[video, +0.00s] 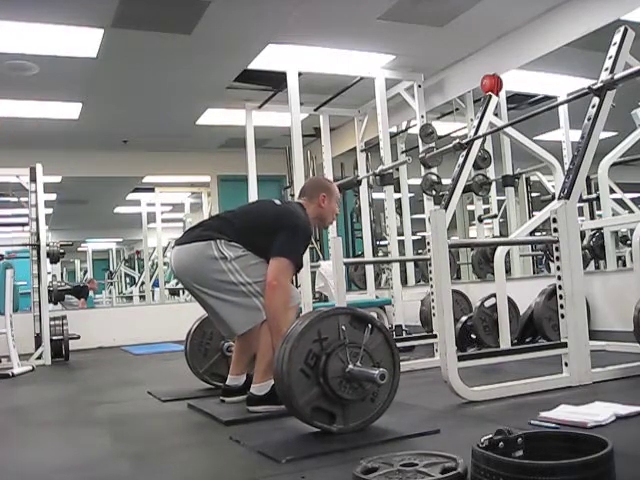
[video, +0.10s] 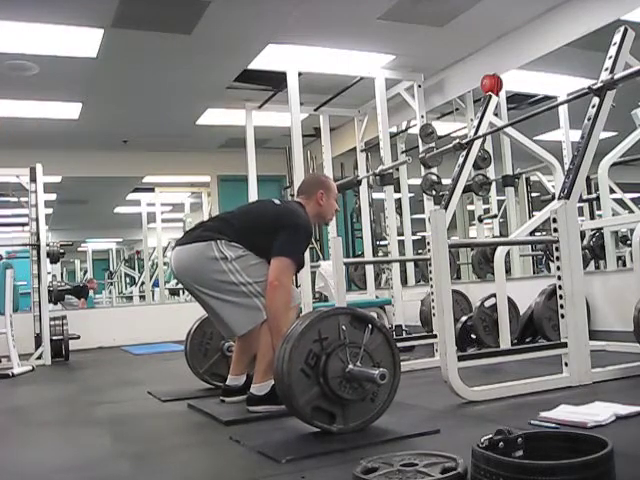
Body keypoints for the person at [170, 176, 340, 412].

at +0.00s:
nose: (337, 211)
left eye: (338, 204)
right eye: (336, 203)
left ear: (312, 199)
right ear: (322, 200)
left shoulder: (281, 213)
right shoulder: (297, 222)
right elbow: (275, 283)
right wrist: (284, 355)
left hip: (185, 252)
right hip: (209, 250)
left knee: (257, 308)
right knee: (286, 302)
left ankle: (235, 383)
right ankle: (262, 390)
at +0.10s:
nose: (336, 208)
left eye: (337, 201)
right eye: (334, 200)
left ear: (304, 197)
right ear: (320, 197)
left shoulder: (280, 212)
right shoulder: (297, 221)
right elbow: (277, 283)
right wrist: (284, 355)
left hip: (186, 253)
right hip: (209, 250)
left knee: (258, 309)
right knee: (285, 304)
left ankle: (235, 383)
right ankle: (262, 390)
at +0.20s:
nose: (336, 207)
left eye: (337, 200)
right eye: (334, 199)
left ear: (302, 196)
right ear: (320, 197)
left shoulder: (280, 211)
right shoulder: (297, 221)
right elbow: (277, 283)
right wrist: (285, 355)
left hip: (186, 253)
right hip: (209, 251)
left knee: (259, 308)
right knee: (285, 304)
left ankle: (235, 383)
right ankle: (262, 390)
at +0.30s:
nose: (336, 207)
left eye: (337, 200)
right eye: (334, 199)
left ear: (303, 196)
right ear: (320, 197)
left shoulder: (279, 211)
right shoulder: (297, 220)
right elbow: (277, 283)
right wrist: (285, 355)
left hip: (186, 252)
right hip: (210, 250)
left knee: (258, 309)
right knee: (285, 304)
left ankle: (235, 383)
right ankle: (263, 390)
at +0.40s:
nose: (337, 205)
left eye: (338, 197)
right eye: (335, 196)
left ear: (304, 193)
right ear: (321, 194)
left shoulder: (281, 208)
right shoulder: (296, 217)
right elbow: (277, 280)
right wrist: (286, 353)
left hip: (186, 246)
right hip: (210, 244)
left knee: (254, 311)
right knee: (282, 305)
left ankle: (235, 383)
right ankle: (263, 390)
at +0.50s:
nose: (339, 205)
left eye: (339, 198)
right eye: (337, 196)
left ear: (307, 192)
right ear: (322, 193)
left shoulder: (281, 206)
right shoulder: (297, 216)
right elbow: (277, 277)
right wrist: (287, 351)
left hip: (187, 240)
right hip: (210, 239)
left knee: (252, 309)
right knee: (278, 303)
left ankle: (235, 382)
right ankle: (263, 390)